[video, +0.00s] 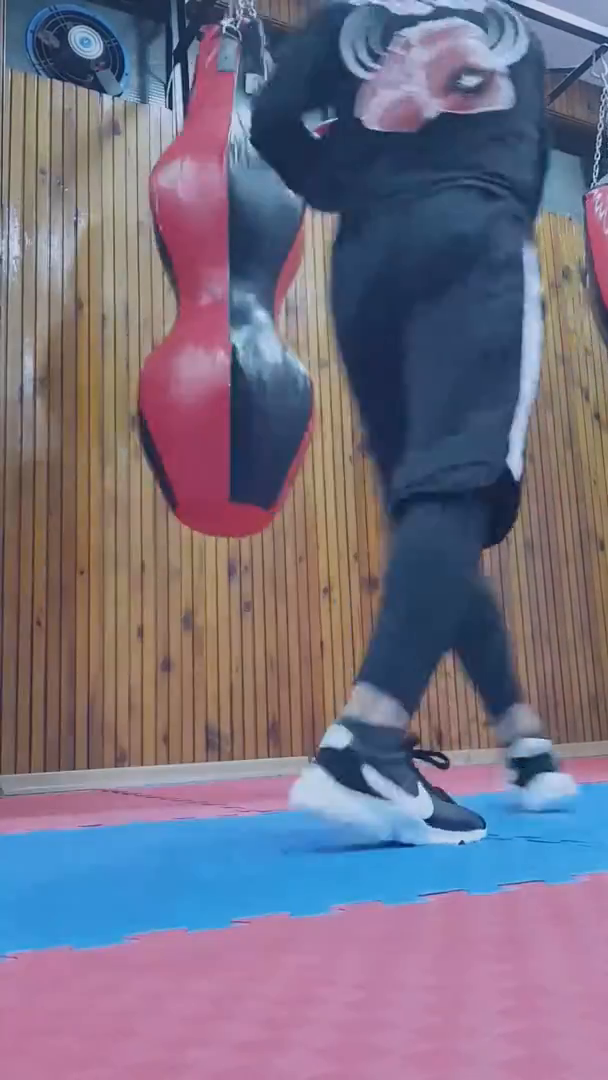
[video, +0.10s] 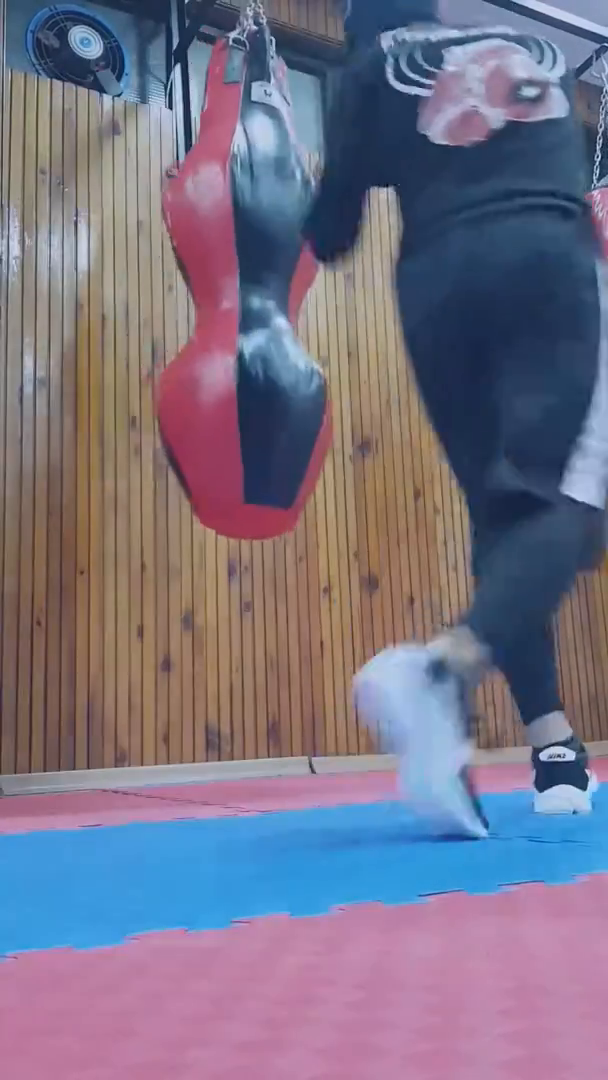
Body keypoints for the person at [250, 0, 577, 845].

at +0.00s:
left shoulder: (348, 17)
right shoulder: (515, 17)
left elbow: (272, 118)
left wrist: (351, 191)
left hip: (367, 234)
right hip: (473, 217)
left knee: (427, 501)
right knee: (455, 486)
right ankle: (366, 742)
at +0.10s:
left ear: (398, 10)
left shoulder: (376, 61)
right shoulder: (559, 34)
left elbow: (332, 231)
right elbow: (590, 164)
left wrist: (315, 183)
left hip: (435, 267)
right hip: (549, 246)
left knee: (497, 508)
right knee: (568, 502)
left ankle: (554, 748)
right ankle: (440, 672)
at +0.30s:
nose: (425, 122)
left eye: (423, 110)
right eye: (424, 110)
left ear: (443, 93)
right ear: (493, 68)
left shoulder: (451, 131)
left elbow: (460, 300)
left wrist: (419, 219)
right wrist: (431, 217)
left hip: (557, 309)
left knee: (540, 536)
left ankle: (559, 751)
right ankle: (561, 748)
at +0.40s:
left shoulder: (517, 115)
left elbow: (498, 261)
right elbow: (502, 258)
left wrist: (454, 225)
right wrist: (465, 223)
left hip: (582, 351)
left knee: (554, 542)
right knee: (554, 538)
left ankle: (563, 739)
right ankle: (563, 738)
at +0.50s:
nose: (528, 129)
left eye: (532, 116)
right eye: (531, 120)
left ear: (556, 105)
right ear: (587, 98)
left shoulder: (565, 129)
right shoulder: (574, 132)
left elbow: (532, 211)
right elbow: (534, 211)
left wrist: (491, 280)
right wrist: (497, 274)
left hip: (602, 366)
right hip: (592, 368)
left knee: (577, 545)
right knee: (574, 543)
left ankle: (572, 744)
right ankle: (571, 742)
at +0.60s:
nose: (587, 153)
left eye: (588, 140)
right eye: (590, 141)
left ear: (592, 138)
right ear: (594, 140)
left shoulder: (599, 186)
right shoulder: (589, 196)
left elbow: (528, 297)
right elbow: (527, 298)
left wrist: (542, 267)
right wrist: (555, 273)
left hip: (601, 406)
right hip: (598, 404)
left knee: (574, 544)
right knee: (574, 543)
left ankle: (602, 703)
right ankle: (598, 706)